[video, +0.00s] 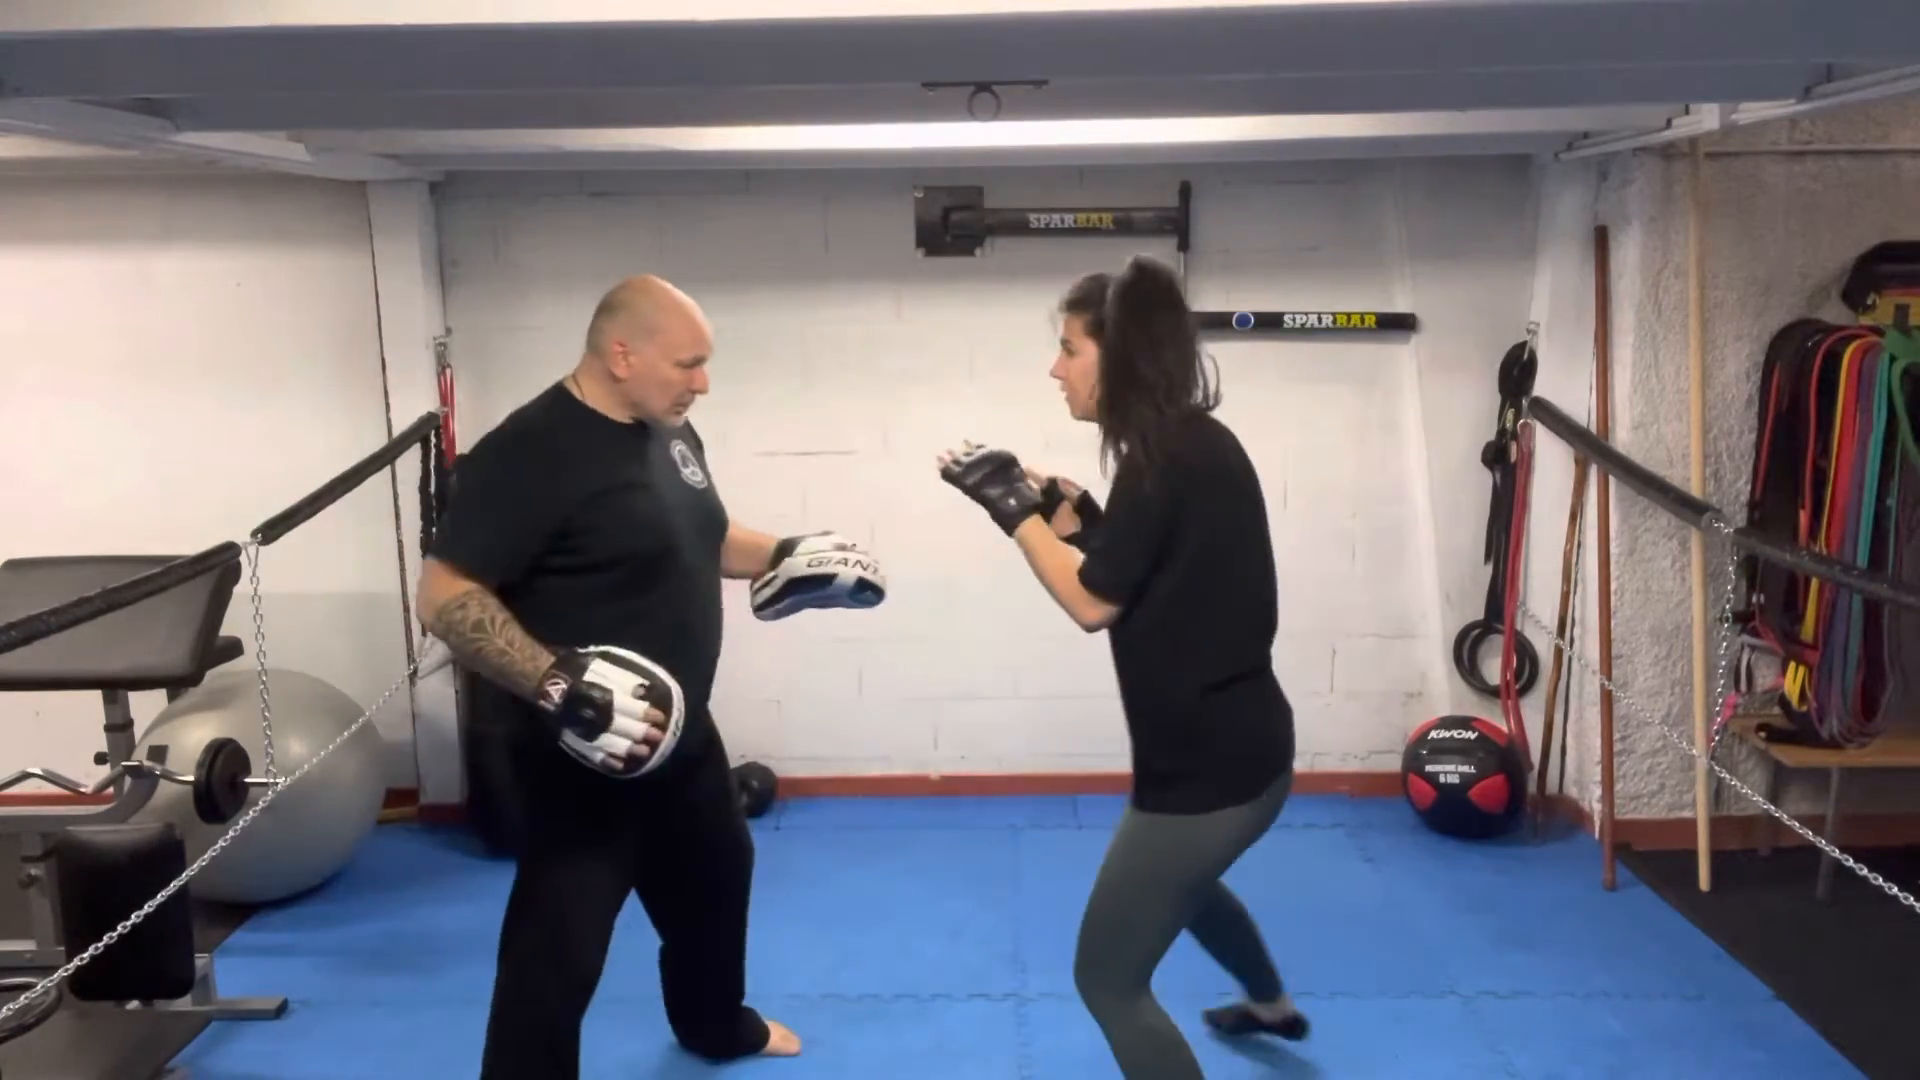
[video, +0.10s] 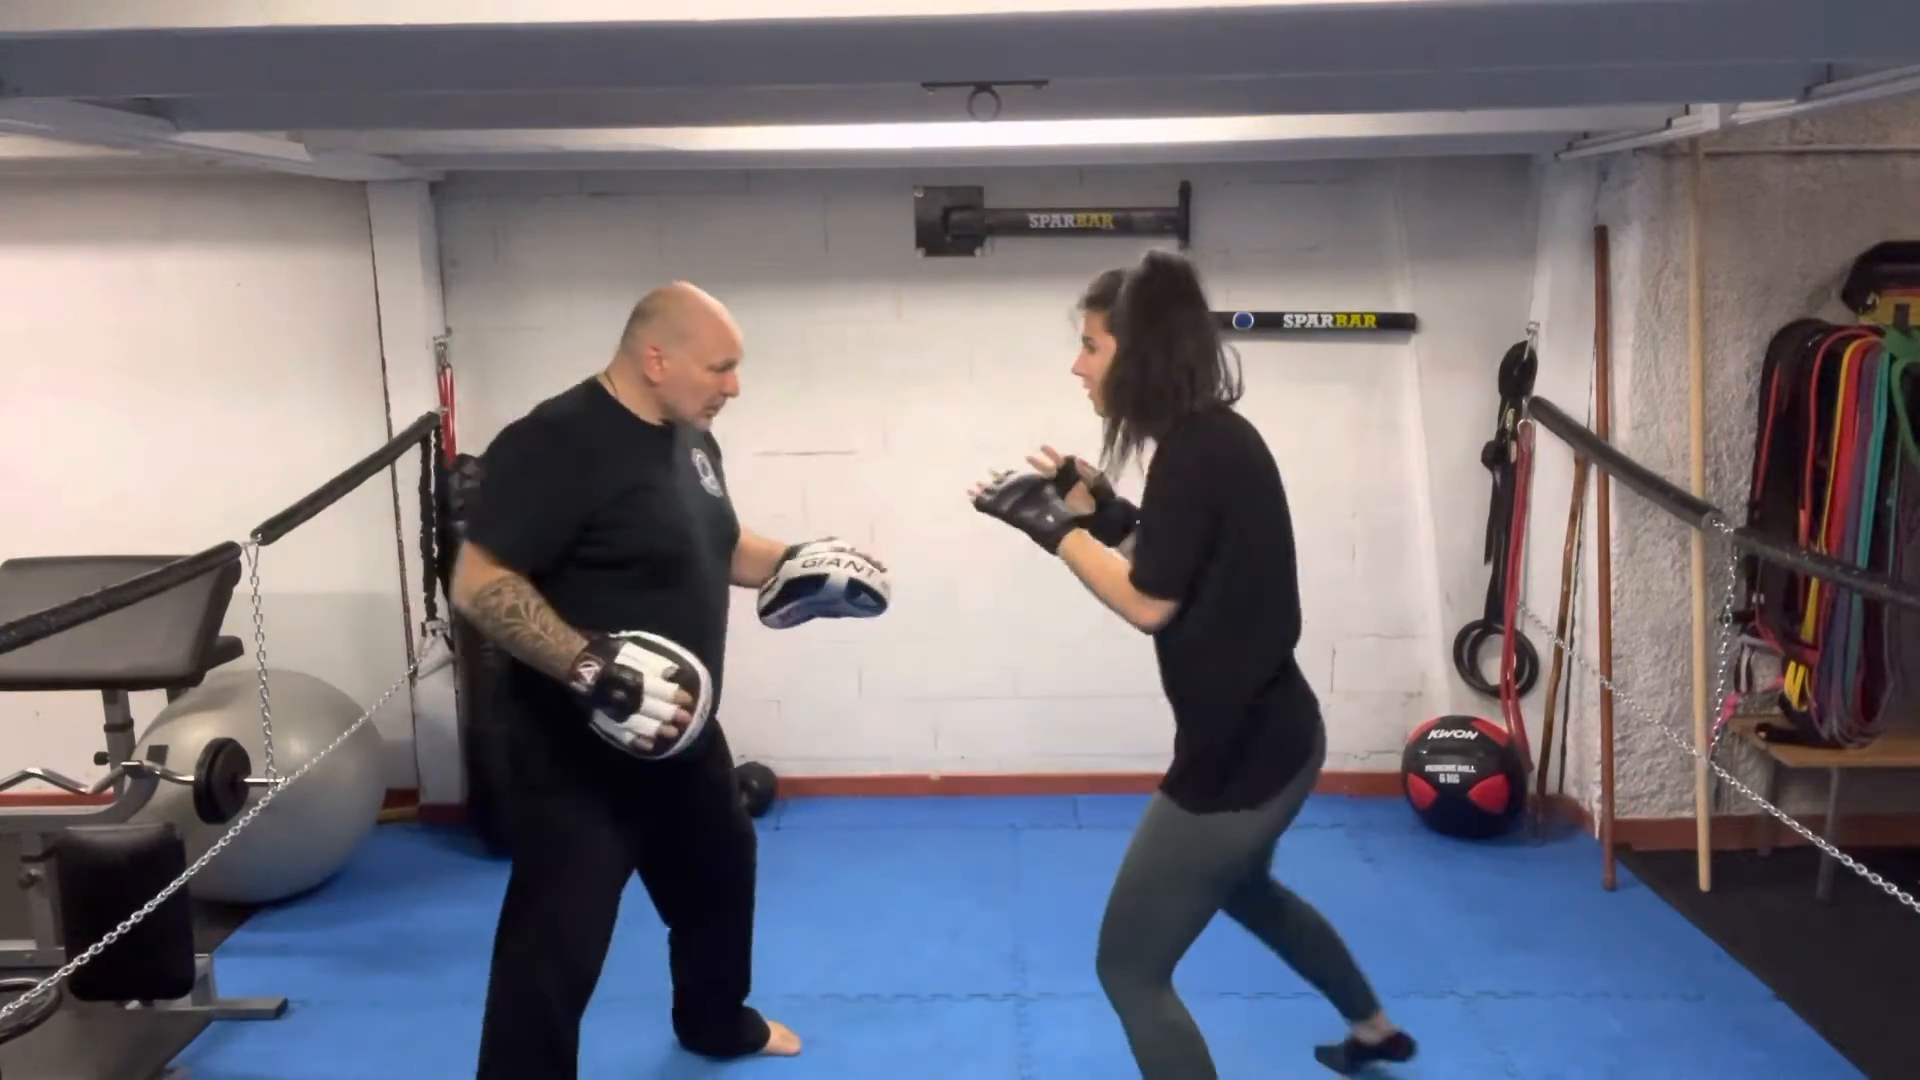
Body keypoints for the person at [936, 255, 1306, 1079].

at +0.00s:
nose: (1056, 369)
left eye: (1069, 349)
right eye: (1059, 349)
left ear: (1119, 353)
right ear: (1142, 354)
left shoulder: (1159, 460)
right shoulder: (1208, 446)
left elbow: (1092, 601)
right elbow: (1171, 582)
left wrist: (1017, 512)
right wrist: (1087, 522)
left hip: (1197, 779)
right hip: (1249, 757)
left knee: (1108, 979)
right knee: (1176, 879)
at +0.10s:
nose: (1077, 365)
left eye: (1089, 346)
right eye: (1080, 345)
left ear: (1138, 351)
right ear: (1160, 350)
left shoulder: (1192, 451)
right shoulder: (1223, 437)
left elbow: (1148, 602)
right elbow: (1189, 566)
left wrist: (1054, 529)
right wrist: (1105, 507)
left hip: (1232, 758)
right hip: (1282, 733)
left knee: (1129, 969)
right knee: (1242, 886)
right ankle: (1374, 1026)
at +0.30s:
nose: (1124, 364)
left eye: (1134, 344)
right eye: (1125, 344)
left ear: (1184, 346)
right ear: (1203, 342)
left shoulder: (1235, 443)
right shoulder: (1274, 425)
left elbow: (1234, 603)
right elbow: (1241, 557)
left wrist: (1117, 560)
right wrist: (1162, 492)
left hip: (1287, 752)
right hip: (1342, 717)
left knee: (1189, 944)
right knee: (1332, 891)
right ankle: (1408, 1059)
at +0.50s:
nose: (1173, 338)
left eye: (1189, 323)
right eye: (1175, 320)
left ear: (1239, 335)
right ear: (1265, 336)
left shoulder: (1255, 440)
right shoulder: (1300, 416)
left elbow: (1239, 601)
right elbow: (1288, 530)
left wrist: (1130, 537)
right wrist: (1191, 485)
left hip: (1309, 736)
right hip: (1358, 706)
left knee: (1227, 946)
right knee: (1346, 885)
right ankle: (1412, 1061)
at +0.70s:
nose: (1163, 333)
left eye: (1179, 316)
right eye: (1168, 314)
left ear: (1233, 334)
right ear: (1236, 336)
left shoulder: (1245, 436)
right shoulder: (1290, 422)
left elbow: (1186, 582)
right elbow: (1221, 554)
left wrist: (1114, 481)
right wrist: (1163, 460)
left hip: (1296, 744)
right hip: (1346, 713)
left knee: (1205, 948)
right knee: (1338, 888)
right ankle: (1410, 1060)